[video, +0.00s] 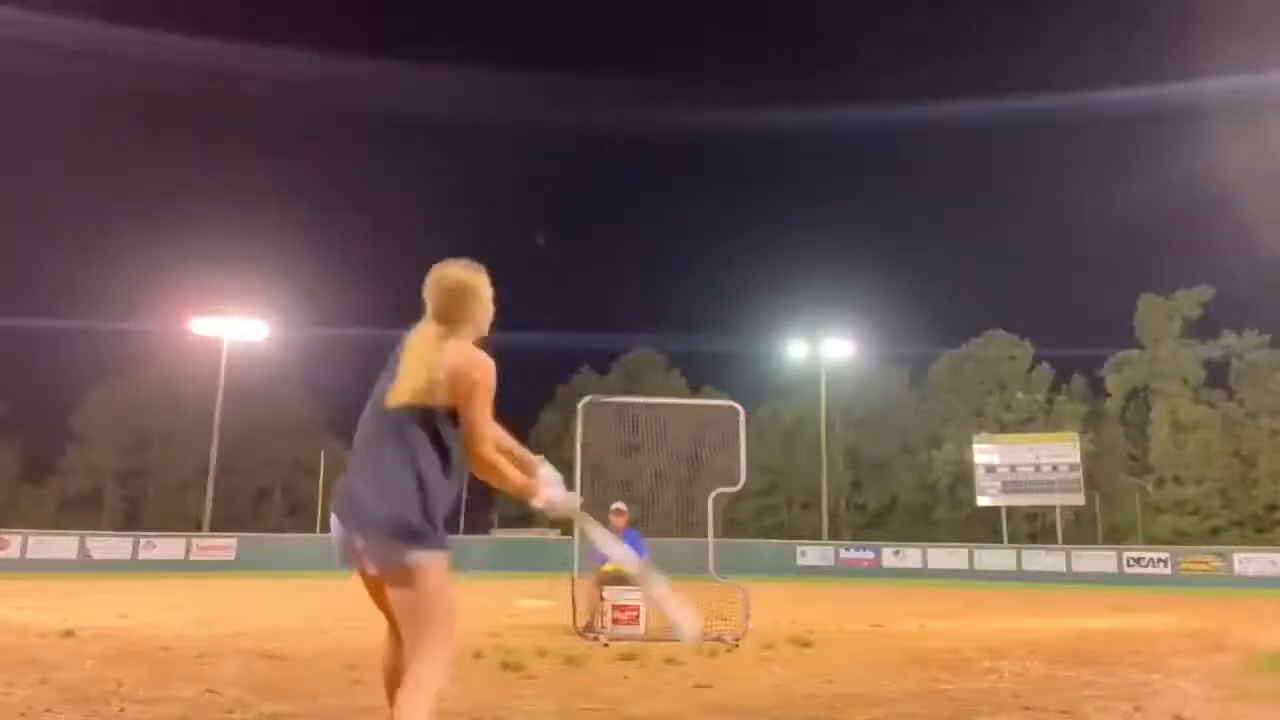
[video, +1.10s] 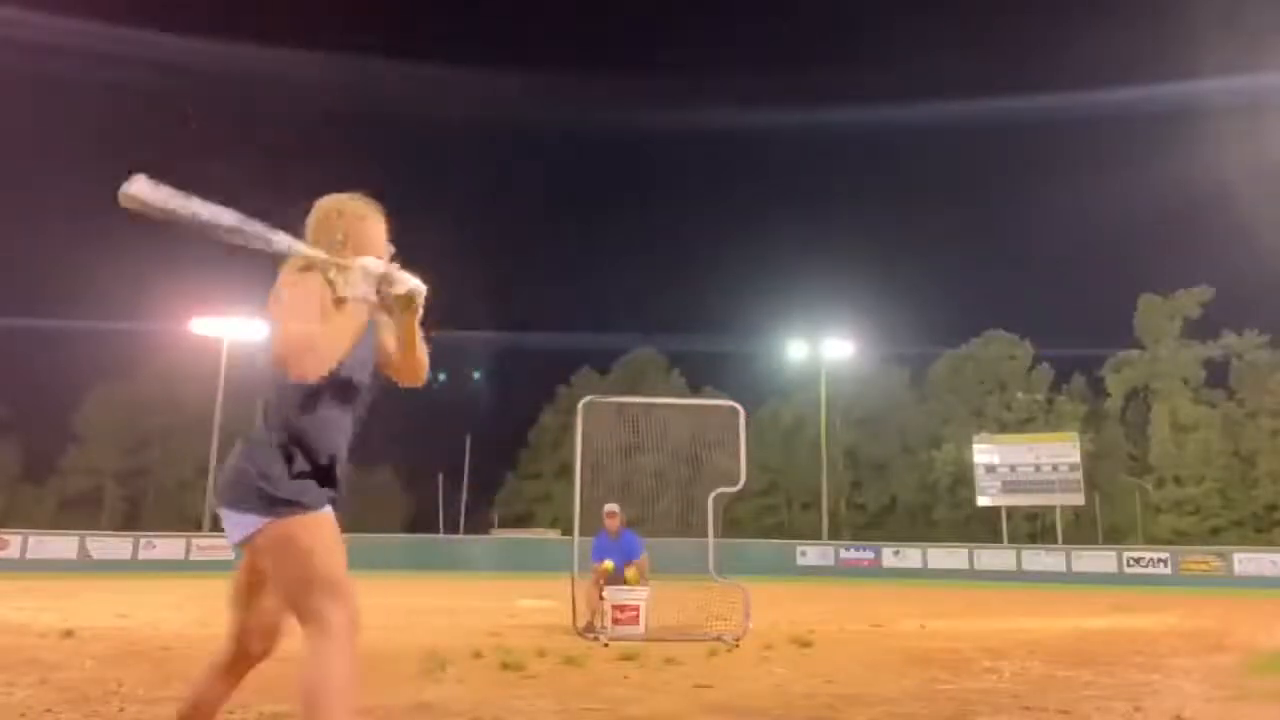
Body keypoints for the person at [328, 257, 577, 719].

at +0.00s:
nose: (492, 310)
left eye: (490, 301)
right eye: (489, 301)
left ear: (432, 302)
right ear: (480, 308)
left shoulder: (412, 346)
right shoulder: (473, 363)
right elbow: (478, 454)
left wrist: (533, 463)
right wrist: (535, 493)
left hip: (357, 509)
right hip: (405, 519)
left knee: (403, 636)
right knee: (432, 646)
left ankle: (401, 714)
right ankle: (410, 712)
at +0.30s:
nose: (479, 288)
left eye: (474, 279)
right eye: (467, 279)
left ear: (445, 294)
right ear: (439, 292)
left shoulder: (460, 362)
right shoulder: (409, 345)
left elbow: (485, 428)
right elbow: (415, 432)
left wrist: (527, 422)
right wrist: (493, 419)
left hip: (388, 520)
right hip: (361, 520)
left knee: (418, 650)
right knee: (409, 646)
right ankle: (373, 711)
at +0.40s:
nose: (472, 282)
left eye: (467, 273)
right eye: (459, 273)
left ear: (446, 287)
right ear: (429, 287)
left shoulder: (461, 356)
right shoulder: (397, 336)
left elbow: (492, 429)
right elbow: (391, 419)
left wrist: (509, 383)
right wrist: (473, 391)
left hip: (386, 518)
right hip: (354, 513)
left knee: (412, 649)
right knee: (411, 645)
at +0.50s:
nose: (459, 253)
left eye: (454, 245)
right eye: (444, 245)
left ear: (438, 262)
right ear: (413, 262)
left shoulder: (451, 322)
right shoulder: (380, 313)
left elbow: (485, 417)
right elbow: (346, 392)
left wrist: (475, 356)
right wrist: (434, 341)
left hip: (375, 508)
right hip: (342, 507)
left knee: (381, 643)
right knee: (404, 638)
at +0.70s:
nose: (448, 229)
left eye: (444, 221)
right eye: (436, 219)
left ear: (420, 234)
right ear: (403, 230)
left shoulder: (450, 312)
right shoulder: (355, 283)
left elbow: (467, 383)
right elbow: (299, 351)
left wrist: (442, 321)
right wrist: (387, 291)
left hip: (377, 491)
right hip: (324, 488)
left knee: (360, 628)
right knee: (375, 626)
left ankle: (311, 710)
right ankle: (339, 714)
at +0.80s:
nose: (430, 231)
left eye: (428, 222)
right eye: (418, 223)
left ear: (422, 232)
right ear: (379, 230)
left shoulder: (435, 304)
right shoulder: (334, 276)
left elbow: (453, 367)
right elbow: (293, 344)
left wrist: (413, 296)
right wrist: (359, 275)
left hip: (362, 488)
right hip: (310, 480)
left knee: (322, 634)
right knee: (359, 626)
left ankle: (242, 710)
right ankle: (322, 712)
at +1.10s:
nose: (382, 262)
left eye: (384, 252)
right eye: (373, 251)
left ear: (377, 260)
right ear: (343, 249)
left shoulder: (366, 307)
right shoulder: (302, 280)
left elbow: (411, 374)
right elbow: (305, 362)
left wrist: (406, 315)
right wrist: (360, 304)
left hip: (295, 488)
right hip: (273, 486)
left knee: (250, 641)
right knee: (334, 623)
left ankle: (190, 712)